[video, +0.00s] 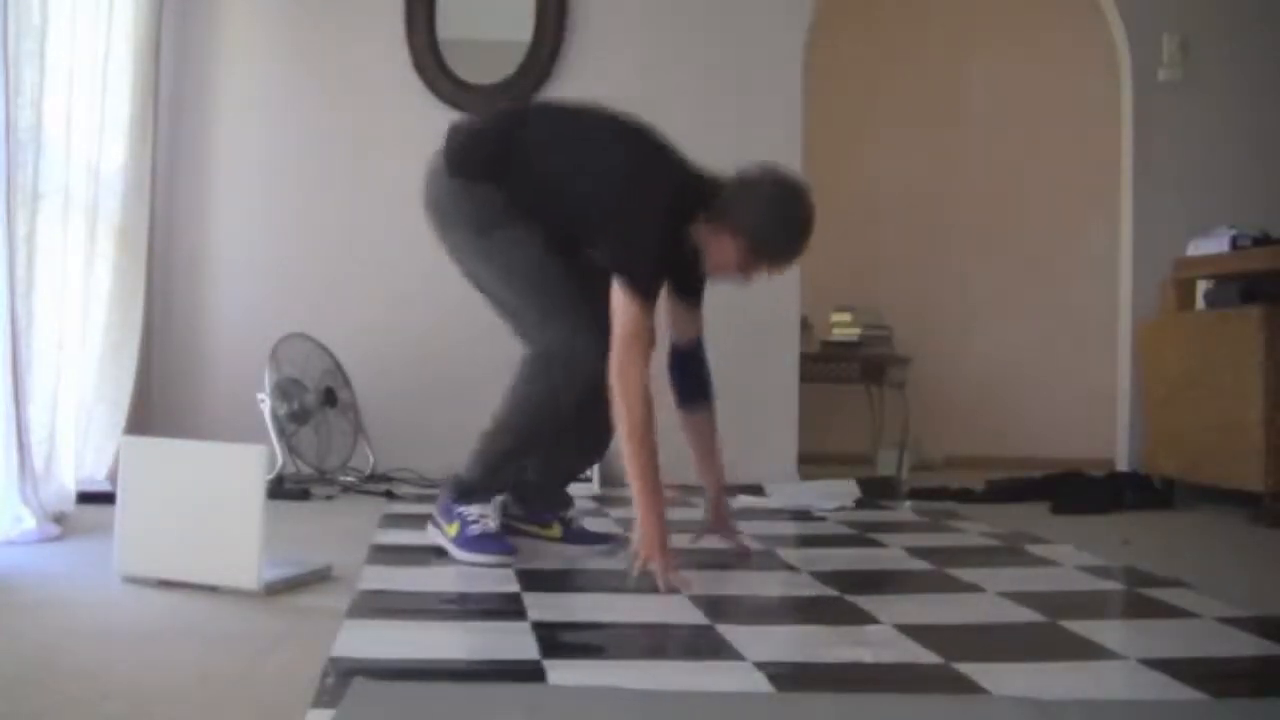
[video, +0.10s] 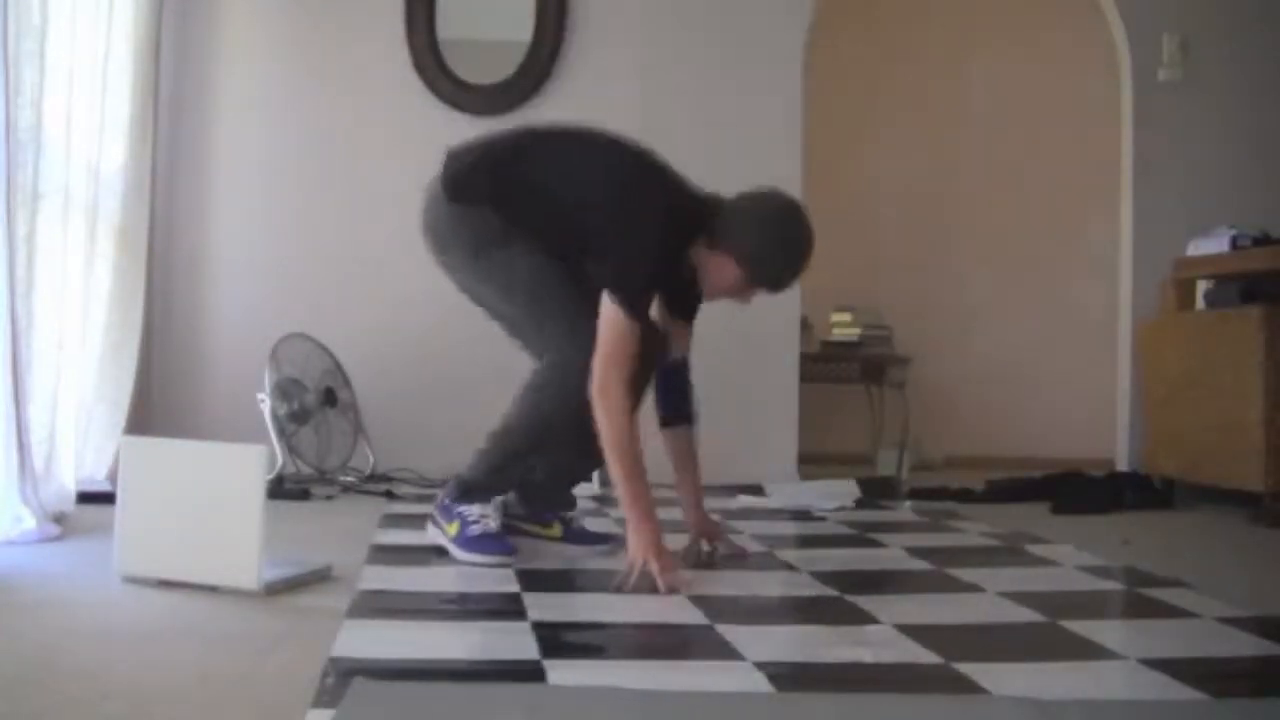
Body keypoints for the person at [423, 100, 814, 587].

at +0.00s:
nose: (746, 275)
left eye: (758, 269)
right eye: (752, 261)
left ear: (731, 223)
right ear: (733, 230)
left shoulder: (691, 237)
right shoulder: (647, 217)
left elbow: (687, 365)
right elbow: (627, 378)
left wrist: (716, 496)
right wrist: (649, 518)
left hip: (535, 200)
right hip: (471, 186)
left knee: (606, 367)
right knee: (567, 347)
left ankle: (533, 500)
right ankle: (465, 500)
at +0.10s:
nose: (744, 297)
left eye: (754, 290)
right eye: (749, 283)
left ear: (728, 245)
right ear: (730, 254)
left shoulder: (687, 257)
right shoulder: (643, 232)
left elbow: (672, 380)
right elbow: (607, 389)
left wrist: (693, 510)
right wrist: (640, 524)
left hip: (525, 221)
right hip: (466, 214)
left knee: (637, 355)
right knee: (577, 356)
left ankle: (536, 503)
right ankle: (463, 503)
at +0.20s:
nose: (754, 300)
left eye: (765, 291)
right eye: (760, 285)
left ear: (736, 249)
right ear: (739, 256)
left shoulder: (690, 264)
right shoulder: (646, 236)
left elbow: (667, 383)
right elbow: (600, 391)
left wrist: (690, 509)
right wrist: (640, 528)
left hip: (530, 274)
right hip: (471, 271)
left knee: (658, 373)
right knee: (611, 386)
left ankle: (542, 504)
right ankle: (471, 496)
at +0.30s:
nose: (758, 287)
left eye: (767, 276)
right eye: (762, 271)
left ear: (733, 243)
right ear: (736, 247)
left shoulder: (687, 265)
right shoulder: (640, 239)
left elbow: (670, 384)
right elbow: (595, 395)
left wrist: (690, 509)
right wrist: (641, 530)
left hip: (538, 310)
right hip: (479, 310)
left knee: (679, 374)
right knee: (644, 395)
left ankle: (551, 501)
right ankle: (477, 494)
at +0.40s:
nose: (746, 264)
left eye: (753, 251)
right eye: (745, 246)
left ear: (710, 218)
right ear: (713, 222)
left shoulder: (675, 263)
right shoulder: (616, 243)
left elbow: (657, 381)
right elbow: (584, 399)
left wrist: (691, 509)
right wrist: (641, 529)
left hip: (556, 359)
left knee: (708, 385)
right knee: (663, 434)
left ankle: (565, 493)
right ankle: (487, 488)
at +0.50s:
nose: (730, 250)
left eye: (736, 236)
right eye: (727, 233)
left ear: (691, 213)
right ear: (695, 215)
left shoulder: (665, 262)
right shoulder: (601, 246)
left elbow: (651, 379)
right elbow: (575, 402)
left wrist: (691, 507)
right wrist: (640, 528)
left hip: (568, 379)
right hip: (498, 393)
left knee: (718, 396)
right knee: (669, 454)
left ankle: (567, 493)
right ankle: (492, 487)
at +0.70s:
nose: (707, 231)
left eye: (712, 216)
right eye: (703, 214)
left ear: (669, 203)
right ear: (670, 202)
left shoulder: (652, 256)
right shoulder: (579, 244)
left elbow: (647, 379)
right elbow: (566, 400)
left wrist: (701, 504)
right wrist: (644, 521)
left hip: (580, 389)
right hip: (501, 408)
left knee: (720, 404)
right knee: (670, 460)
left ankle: (569, 495)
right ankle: (494, 489)